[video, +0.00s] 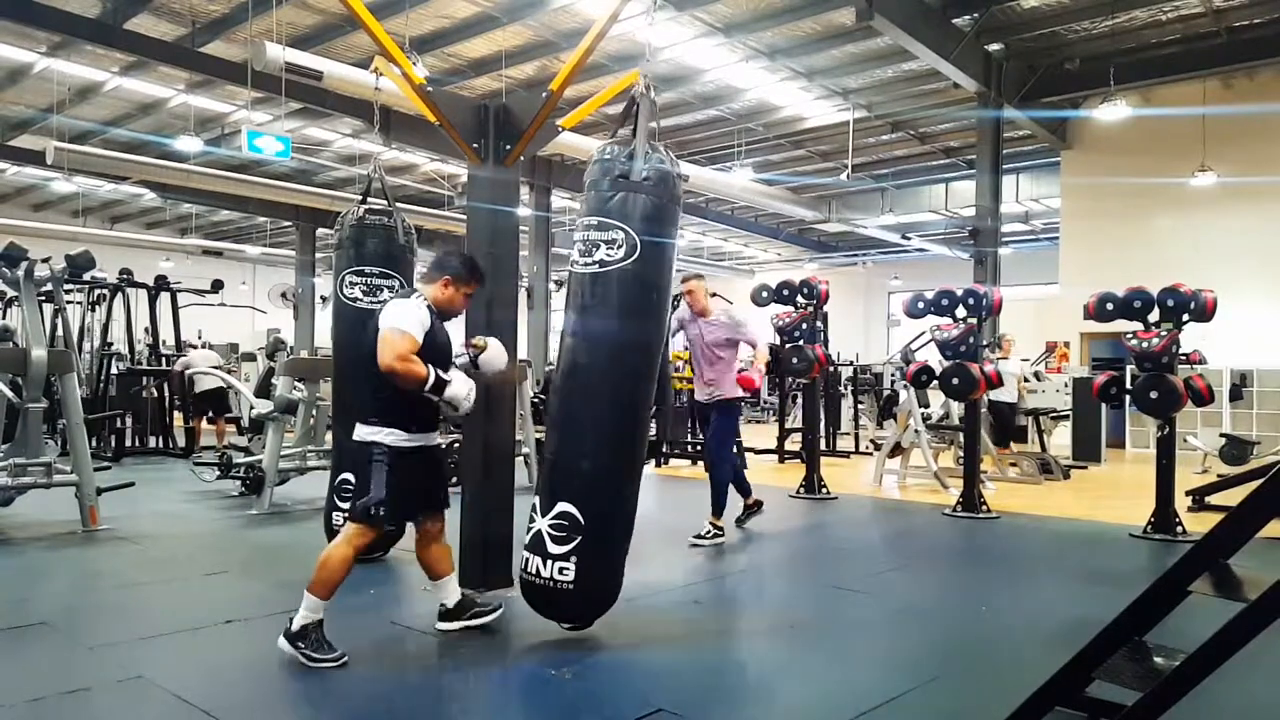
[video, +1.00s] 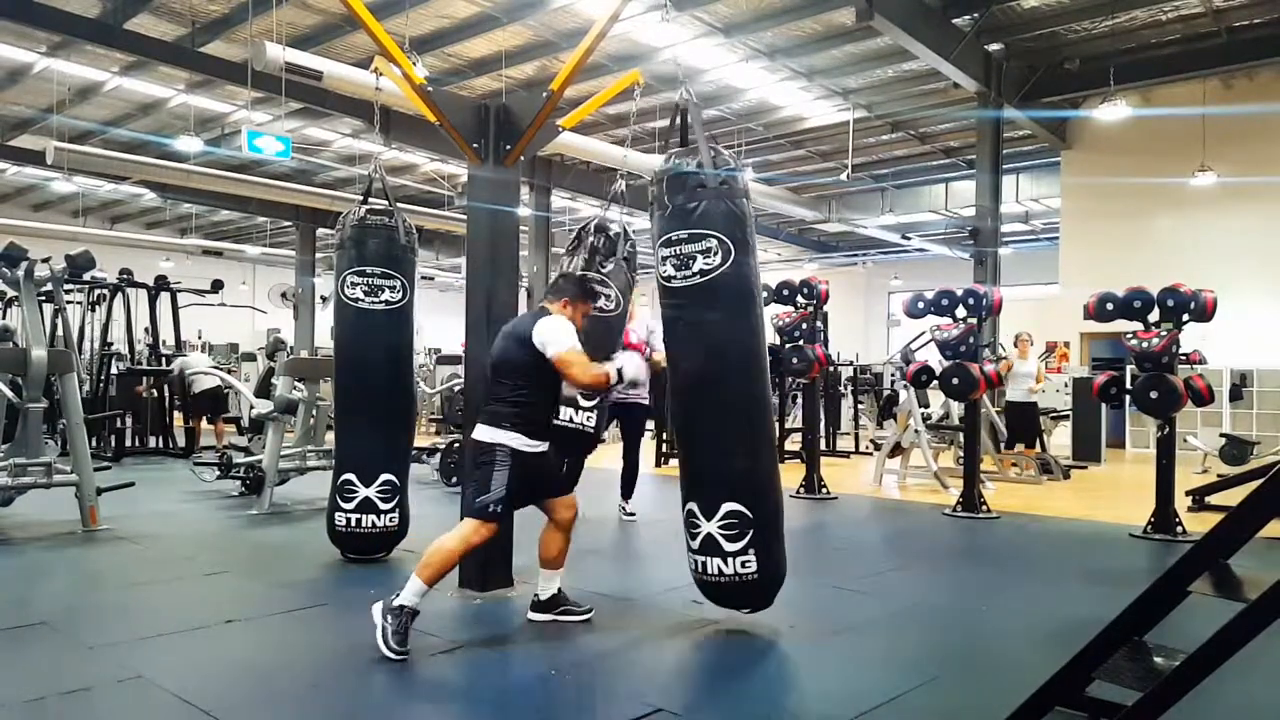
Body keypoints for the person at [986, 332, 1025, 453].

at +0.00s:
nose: (1010, 344)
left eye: (1012, 341)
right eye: (1007, 341)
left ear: (1014, 344)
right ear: (1000, 344)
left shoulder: (1016, 361)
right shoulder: (993, 360)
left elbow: (1020, 381)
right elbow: (986, 376)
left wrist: (1022, 390)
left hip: (1012, 397)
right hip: (996, 397)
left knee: (1009, 425)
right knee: (1006, 423)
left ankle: (1003, 448)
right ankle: (1003, 447)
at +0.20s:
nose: (1010, 343)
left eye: (1012, 340)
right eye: (1007, 341)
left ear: (1016, 343)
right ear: (1002, 344)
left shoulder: (1020, 361)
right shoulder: (997, 360)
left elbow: (1027, 378)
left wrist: (1026, 383)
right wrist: (997, 359)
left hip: (1015, 397)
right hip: (999, 396)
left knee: (1012, 425)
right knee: (1002, 425)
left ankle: (1006, 445)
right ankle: (1002, 447)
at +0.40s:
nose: (1012, 343)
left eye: (1015, 340)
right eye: (1009, 340)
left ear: (1019, 343)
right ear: (1004, 343)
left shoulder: (1025, 362)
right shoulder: (998, 359)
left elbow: (1031, 381)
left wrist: (1025, 385)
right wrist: (996, 357)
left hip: (1017, 400)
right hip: (1000, 398)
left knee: (1015, 436)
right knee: (1002, 435)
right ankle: (1003, 466)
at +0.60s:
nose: (1015, 343)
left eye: (1018, 340)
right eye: (1012, 340)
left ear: (1021, 343)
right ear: (1007, 343)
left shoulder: (1027, 361)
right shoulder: (1000, 359)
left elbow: (1032, 382)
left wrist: (1027, 386)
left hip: (1019, 401)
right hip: (1002, 400)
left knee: (1025, 436)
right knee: (1003, 439)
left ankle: (1017, 457)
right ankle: (1005, 471)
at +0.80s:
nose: (1019, 344)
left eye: (1022, 341)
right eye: (1016, 341)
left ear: (1026, 343)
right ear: (1011, 343)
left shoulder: (1031, 362)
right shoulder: (1005, 359)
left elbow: (1036, 383)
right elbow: (1000, 364)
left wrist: (1030, 388)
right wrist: (1000, 360)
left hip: (1024, 401)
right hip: (1007, 400)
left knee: (1031, 437)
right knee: (1007, 437)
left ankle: (1027, 469)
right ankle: (1005, 469)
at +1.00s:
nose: (1024, 343)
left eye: (1027, 341)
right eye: (1021, 341)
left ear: (1031, 344)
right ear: (1016, 343)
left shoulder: (1035, 362)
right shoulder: (1010, 359)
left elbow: (1041, 381)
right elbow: (1000, 373)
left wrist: (1036, 387)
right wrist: (1005, 365)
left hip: (1030, 401)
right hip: (1013, 400)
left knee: (1032, 437)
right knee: (1012, 436)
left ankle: (1028, 468)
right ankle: (1006, 468)